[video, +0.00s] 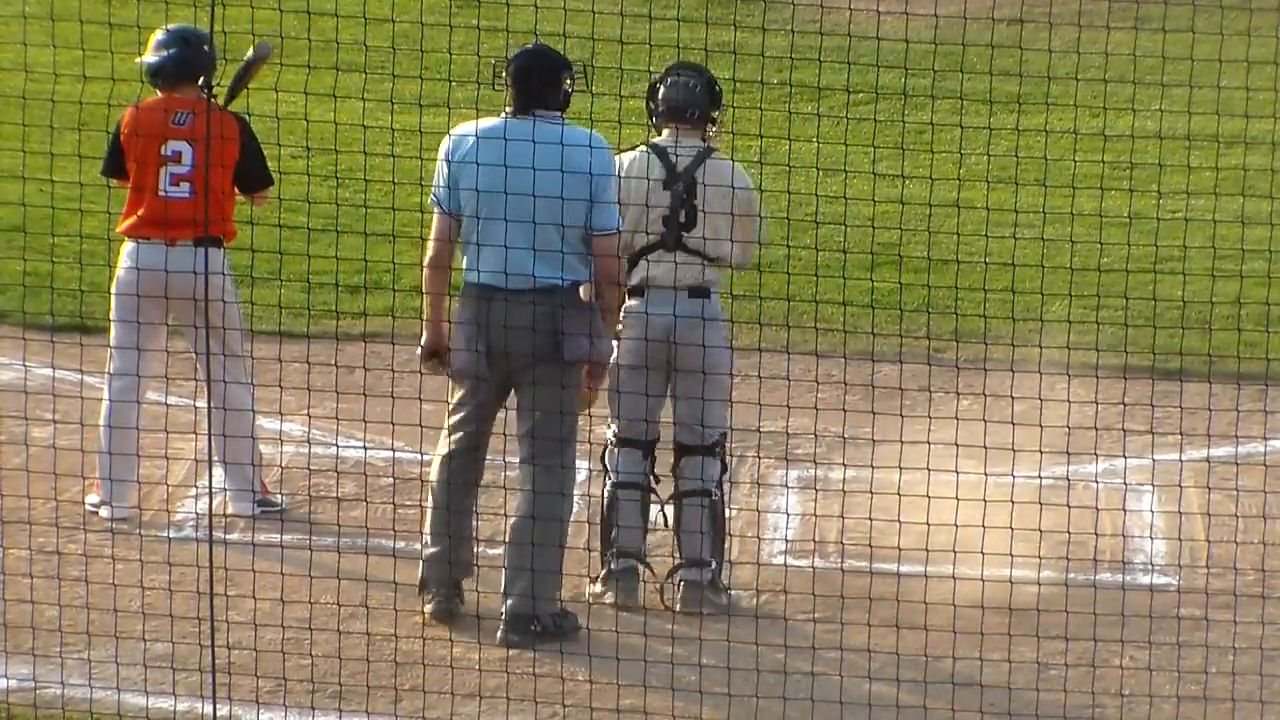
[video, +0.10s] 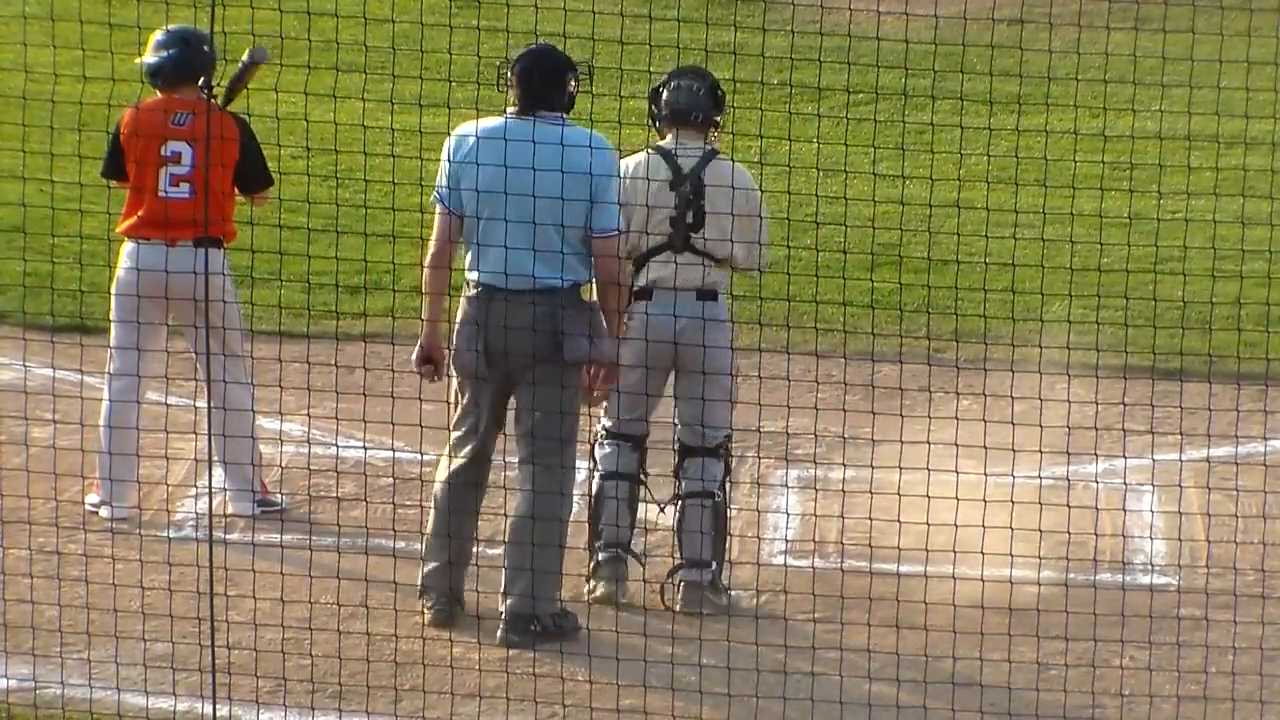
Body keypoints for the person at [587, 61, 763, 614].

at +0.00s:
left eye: (657, 106)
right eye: (707, 110)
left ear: (655, 110)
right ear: (711, 114)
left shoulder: (626, 167)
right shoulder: (732, 176)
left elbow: (611, 249)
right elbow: (743, 254)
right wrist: (688, 237)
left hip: (639, 319)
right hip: (702, 322)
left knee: (630, 442)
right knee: (700, 446)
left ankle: (623, 571)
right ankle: (697, 576)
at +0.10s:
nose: (656, 118)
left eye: (658, 110)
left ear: (659, 113)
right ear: (714, 118)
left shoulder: (631, 171)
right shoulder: (737, 178)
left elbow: (613, 251)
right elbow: (751, 259)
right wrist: (700, 240)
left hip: (643, 318)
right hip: (707, 320)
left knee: (623, 436)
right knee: (704, 446)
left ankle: (610, 560)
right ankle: (698, 575)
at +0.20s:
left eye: (658, 113)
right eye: (712, 116)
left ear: (658, 116)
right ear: (713, 120)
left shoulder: (629, 172)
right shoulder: (737, 181)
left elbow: (610, 254)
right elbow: (750, 269)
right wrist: (711, 246)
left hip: (641, 316)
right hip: (707, 320)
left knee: (619, 432)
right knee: (703, 446)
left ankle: (602, 561)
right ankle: (696, 576)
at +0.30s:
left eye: (651, 115)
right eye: (704, 120)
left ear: (652, 118)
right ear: (707, 123)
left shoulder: (623, 172)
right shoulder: (732, 182)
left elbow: (604, 252)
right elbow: (749, 271)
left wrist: (610, 315)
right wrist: (718, 314)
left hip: (634, 317)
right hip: (703, 322)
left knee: (616, 439)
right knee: (701, 448)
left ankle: (601, 563)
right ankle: (697, 577)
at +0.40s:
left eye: (643, 122)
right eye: (693, 127)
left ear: (642, 125)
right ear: (699, 130)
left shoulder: (614, 174)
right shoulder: (719, 184)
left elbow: (590, 248)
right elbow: (744, 269)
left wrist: (604, 306)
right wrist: (706, 312)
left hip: (621, 313)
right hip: (687, 320)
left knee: (613, 440)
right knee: (699, 446)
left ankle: (602, 567)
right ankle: (696, 574)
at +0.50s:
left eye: (632, 143)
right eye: (690, 144)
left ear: (634, 145)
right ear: (690, 148)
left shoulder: (607, 189)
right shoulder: (709, 200)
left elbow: (586, 269)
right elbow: (724, 283)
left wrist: (597, 318)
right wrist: (690, 331)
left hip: (616, 329)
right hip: (677, 334)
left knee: (606, 445)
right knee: (709, 443)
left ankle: (602, 569)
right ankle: (686, 570)